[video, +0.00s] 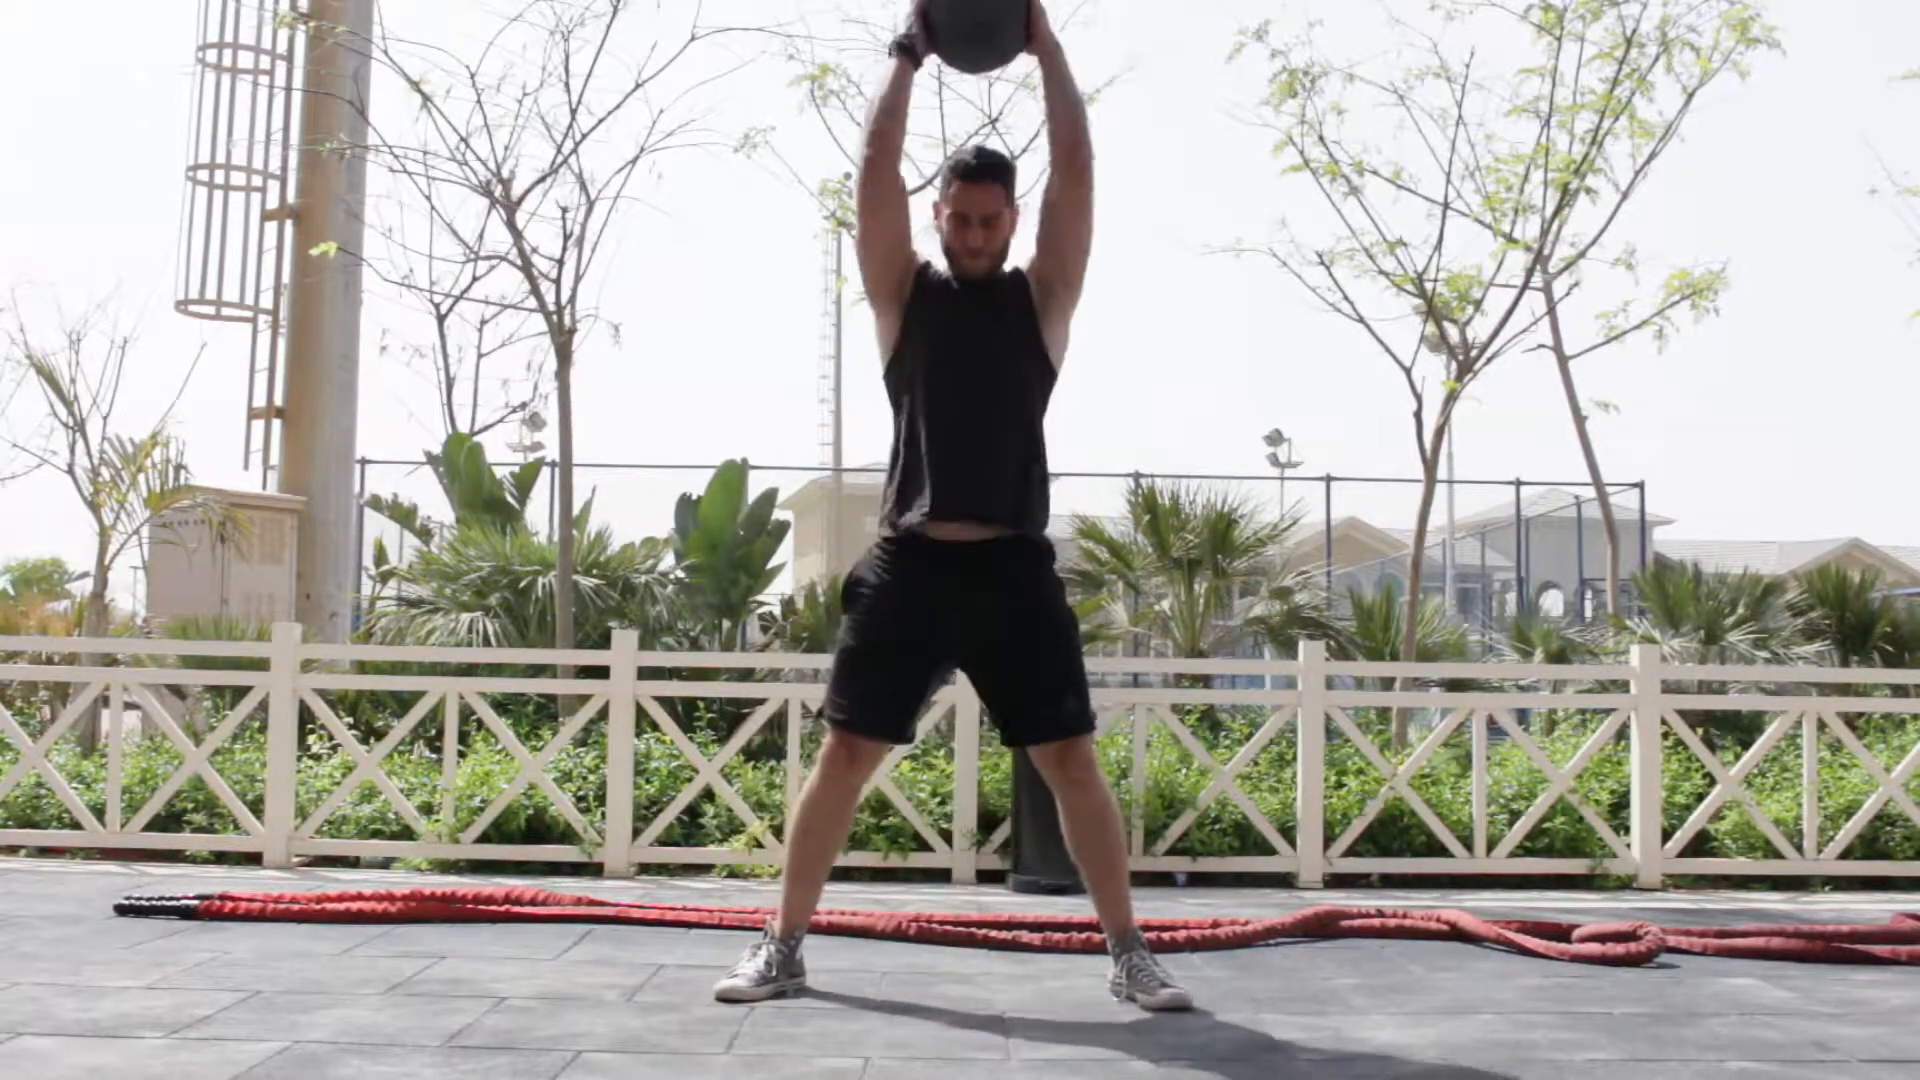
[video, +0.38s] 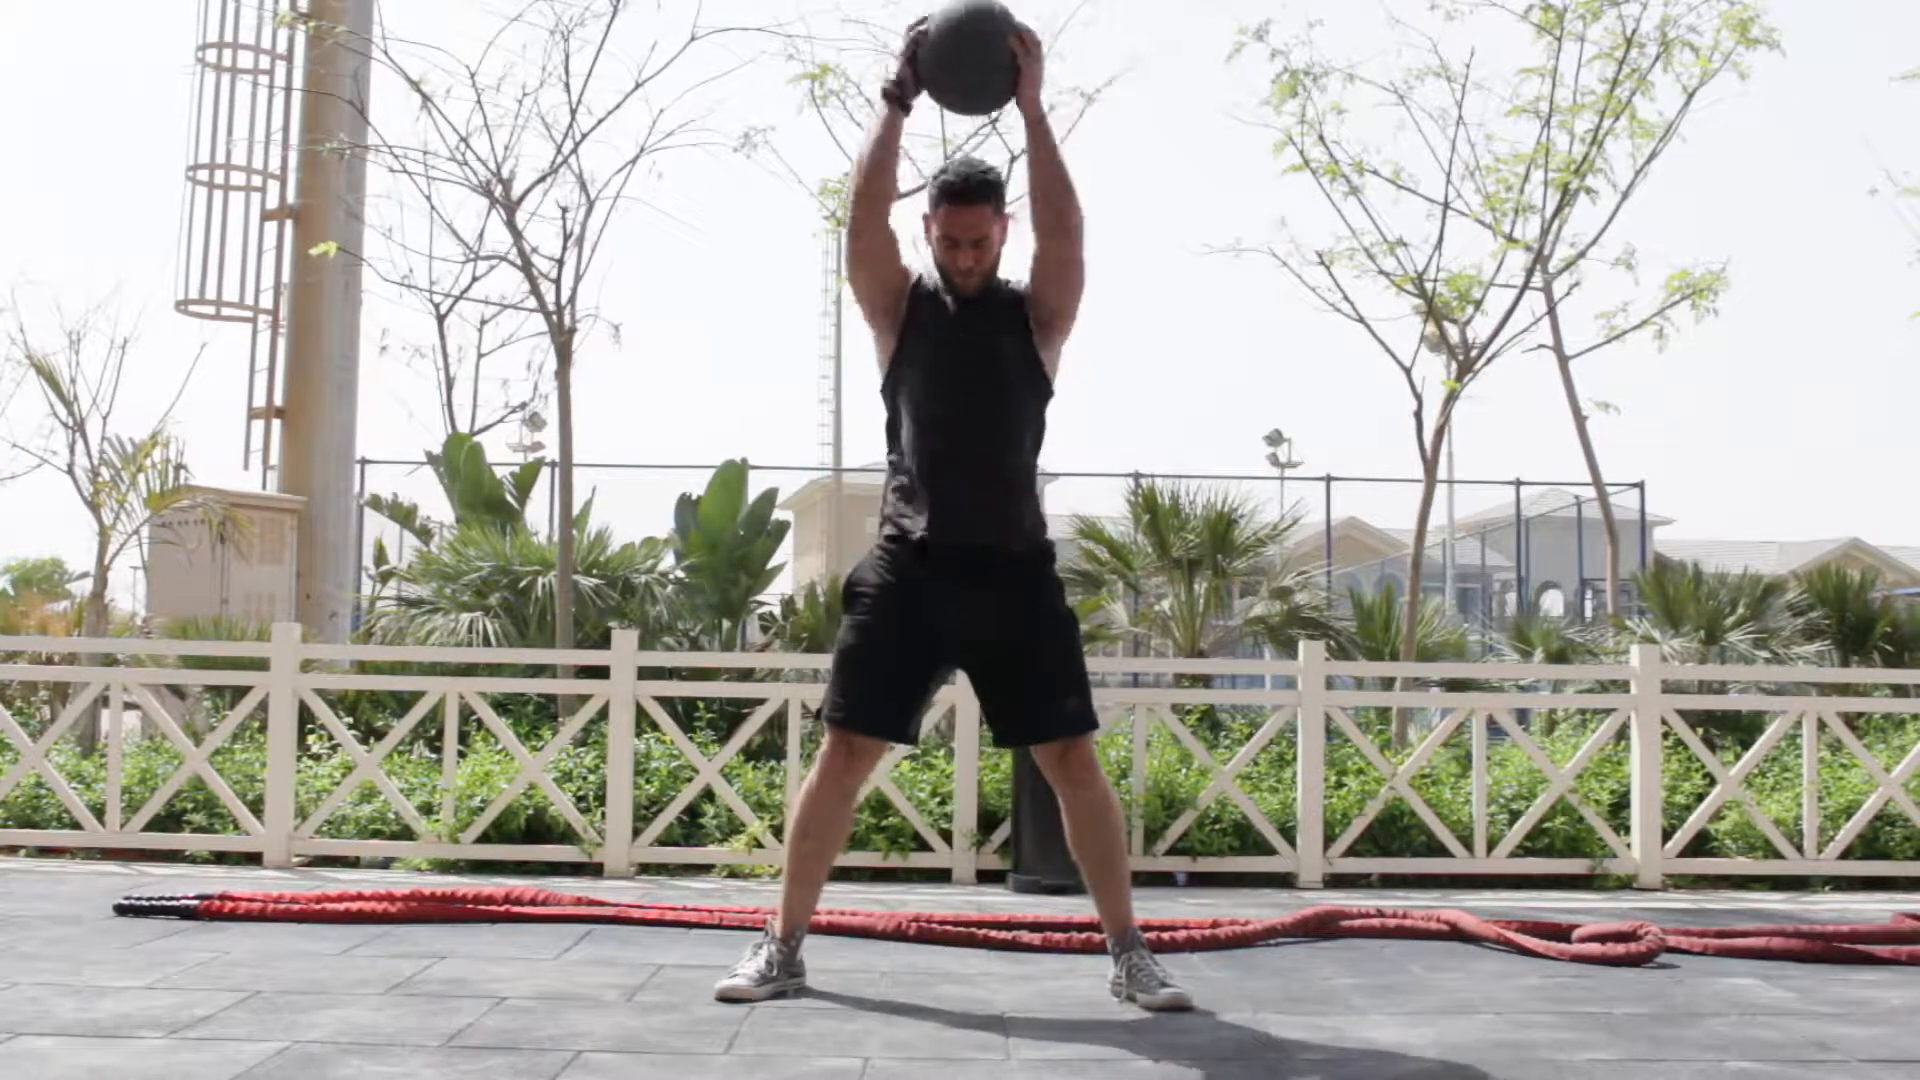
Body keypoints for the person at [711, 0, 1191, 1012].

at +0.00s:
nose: (971, 228)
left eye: (987, 216)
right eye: (958, 214)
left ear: (1014, 225)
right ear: (936, 220)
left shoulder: (1041, 304)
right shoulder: (904, 299)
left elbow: (1073, 177)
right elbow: (878, 179)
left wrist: (1048, 47)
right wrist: (905, 57)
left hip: (1016, 569)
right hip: (909, 567)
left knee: (1070, 760)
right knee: (845, 755)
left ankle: (1128, 953)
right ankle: (782, 947)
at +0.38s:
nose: (967, 245)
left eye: (981, 232)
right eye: (953, 231)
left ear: (1004, 233)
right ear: (925, 233)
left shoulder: (1037, 320)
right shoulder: (899, 311)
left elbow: (1061, 227)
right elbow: (868, 220)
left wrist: (1032, 106)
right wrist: (896, 104)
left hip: (1016, 574)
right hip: (909, 570)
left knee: (1073, 761)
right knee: (845, 754)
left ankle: (1129, 954)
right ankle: (781, 946)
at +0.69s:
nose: (971, 279)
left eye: (987, 262)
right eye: (957, 261)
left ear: (1014, 247)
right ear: (936, 244)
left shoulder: (1054, 349)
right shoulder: (890, 339)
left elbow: (1096, 468)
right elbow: (840, 451)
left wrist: (1117, 573)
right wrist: (837, 558)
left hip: (1013, 585)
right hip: (902, 580)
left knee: (1073, 753)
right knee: (837, 750)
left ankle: (1130, 952)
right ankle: (780, 946)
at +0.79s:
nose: (969, 302)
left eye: (986, 286)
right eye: (956, 284)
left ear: (1013, 267)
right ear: (933, 261)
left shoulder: (1057, 361)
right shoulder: (885, 354)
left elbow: (1093, 477)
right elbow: (840, 471)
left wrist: (1104, 580)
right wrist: (844, 579)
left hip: (1015, 592)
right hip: (906, 588)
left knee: (1077, 749)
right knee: (835, 745)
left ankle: (1131, 953)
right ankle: (781, 948)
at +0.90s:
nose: (969, 368)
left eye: (986, 353)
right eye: (955, 351)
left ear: (1011, 329)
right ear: (929, 323)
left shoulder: (1050, 411)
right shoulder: (881, 411)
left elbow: (1081, 536)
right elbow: (843, 538)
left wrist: (1074, 644)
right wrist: (838, 648)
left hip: (1017, 614)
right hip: (907, 613)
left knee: (1094, 752)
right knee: (819, 744)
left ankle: (1131, 951)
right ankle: (780, 949)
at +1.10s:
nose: (948, 589)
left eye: (965, 574)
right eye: (934, 572)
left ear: (990, 548)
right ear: (908, 538)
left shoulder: (1033, 594)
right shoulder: (861, 593)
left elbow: (1020, 760)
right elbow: (823, 739)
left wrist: (968, 877)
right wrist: (802, 867)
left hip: (1007, 698)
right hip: (902, 698)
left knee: (1107, 755)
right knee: (798, 751)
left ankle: (1132, 953)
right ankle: (782, 948)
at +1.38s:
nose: (952, 609)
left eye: (970, 594)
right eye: (938, 592)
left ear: (993, 571)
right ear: (912, 564)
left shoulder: (1033, 611)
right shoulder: (865, 607)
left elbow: (1015, 770)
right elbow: (849, 747)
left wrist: (966, 886)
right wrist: (836, 860)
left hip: (1012, 715)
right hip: (907, 715)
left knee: (1111, 762)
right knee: (802, 752)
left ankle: (1131, 957)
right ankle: (779, 950)